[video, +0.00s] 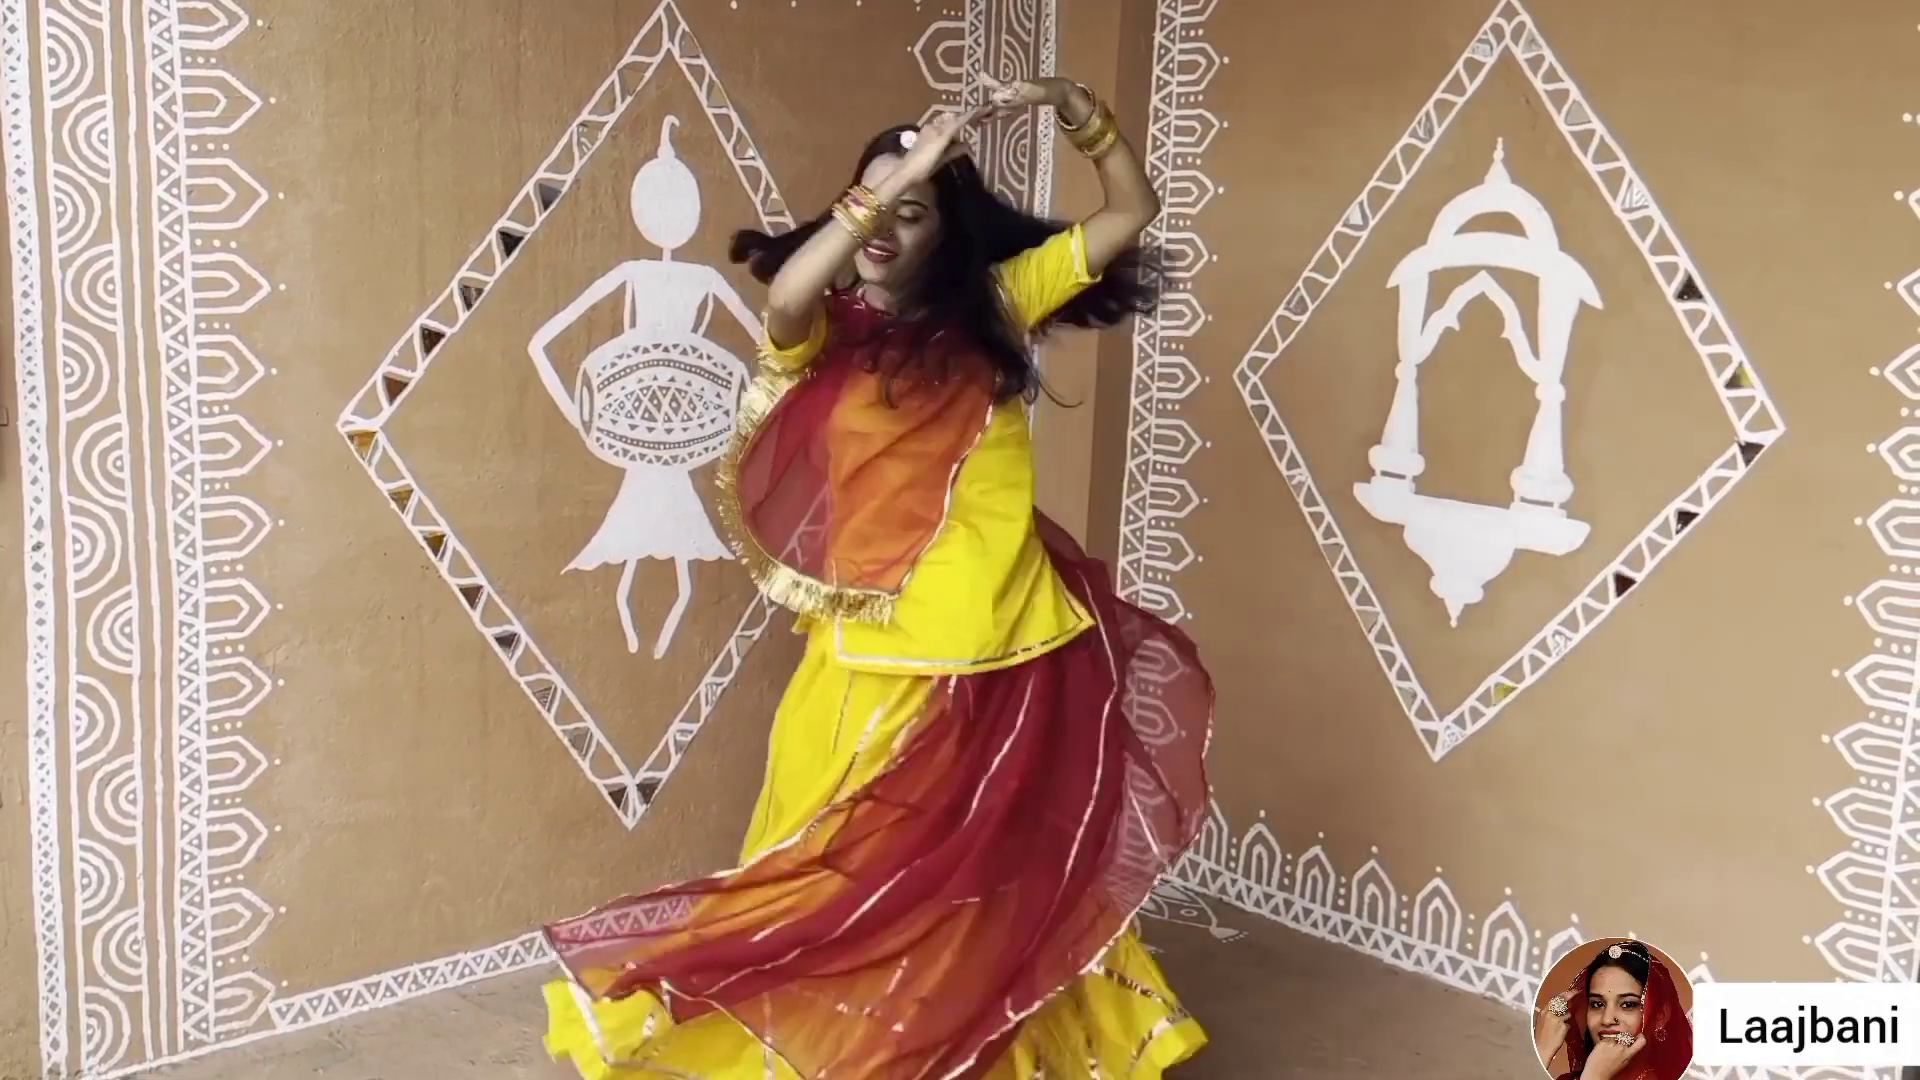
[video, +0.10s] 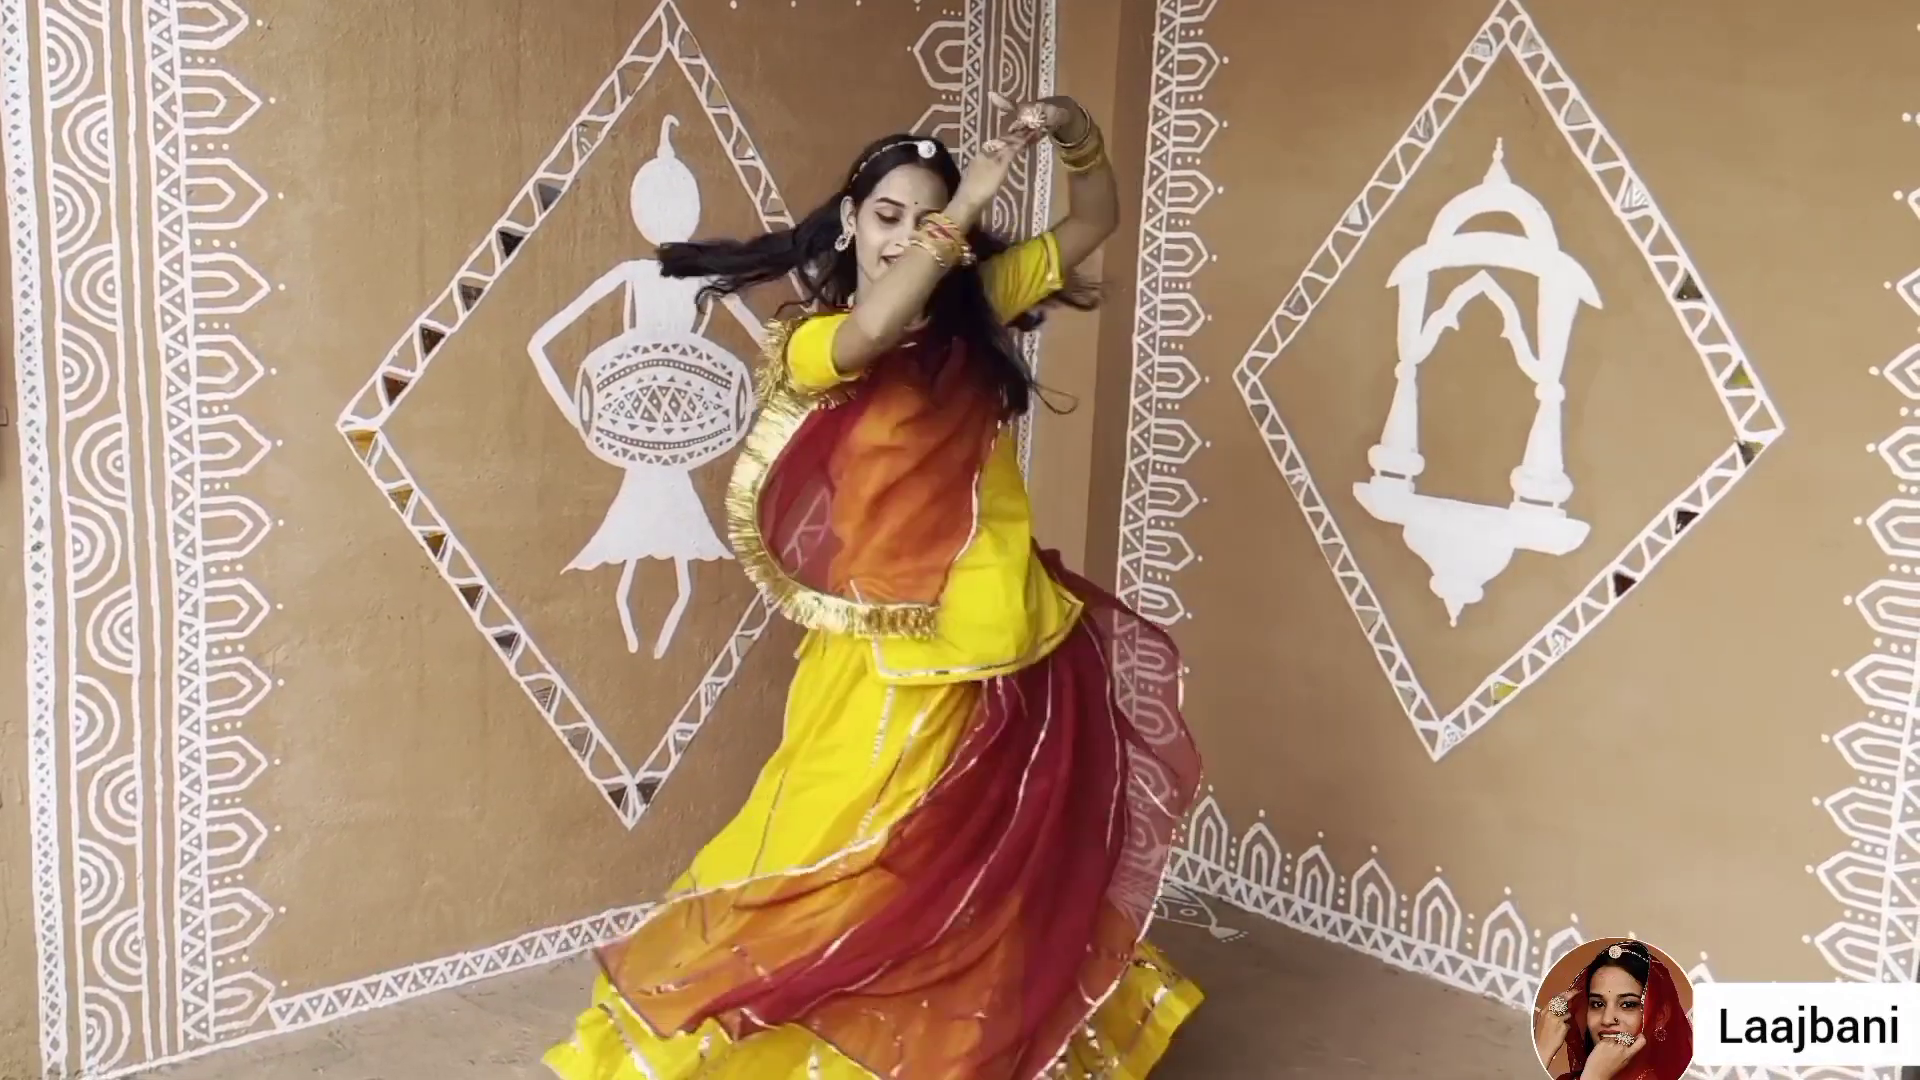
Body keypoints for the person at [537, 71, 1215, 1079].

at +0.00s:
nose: (879, 235)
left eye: (907, 216)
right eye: (868, 214)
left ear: (949, 231)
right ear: (848, 228)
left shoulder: (989, 308)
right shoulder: (819, 335)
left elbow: (1127, 217)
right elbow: (786, 303)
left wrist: (1081, 114)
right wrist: (882, 185)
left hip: (1007, 644)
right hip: (869, 648)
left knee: (993, 879)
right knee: (833, 872)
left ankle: (994, 1056)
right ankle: (827, 1056)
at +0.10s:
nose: (908, 235)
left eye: (928, 221)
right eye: (887, 212)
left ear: (953, 235)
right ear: (848, 223)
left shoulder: (973, 297)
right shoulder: (806, 344)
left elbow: (1090, 223)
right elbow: (877, 326)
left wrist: (1077, 137)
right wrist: (967, 203)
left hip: (1014, 631)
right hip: (887, 644)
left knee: (1015, 870)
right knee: (855, 869)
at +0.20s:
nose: (959, 247)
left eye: (965, 227)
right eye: (935, 224)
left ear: (974, 236)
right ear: (872, 235)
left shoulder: (932, 345)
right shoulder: (858, 358)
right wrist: (1042, 212)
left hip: (978, 641)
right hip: (896, 657)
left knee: (1032, 871)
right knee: (912, 887)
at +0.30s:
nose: (979, 234)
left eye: (977, 216)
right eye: (962, 216)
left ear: (910, 232)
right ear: (903, 229)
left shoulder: (864, 342)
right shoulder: (909, 355)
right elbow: (1099, 332)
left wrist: (1005, 393)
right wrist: (1060, 224)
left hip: (945, 620)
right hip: (891, 633)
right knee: (913, 855)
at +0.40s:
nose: (1003, 224)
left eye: (997, 206)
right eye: (989, 207)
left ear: (901, 223)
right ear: (940, 222)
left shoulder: (854, 328)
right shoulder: (971, 350)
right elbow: (1137, 321)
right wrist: (1051, 221)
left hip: (827, 634)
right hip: (916, 647)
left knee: (852, 855)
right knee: (943, 858)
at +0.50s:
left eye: (885, 184)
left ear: (882, 206)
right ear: (989, 208)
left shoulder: (869, 307)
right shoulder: (1029, 327)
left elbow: (752, 208)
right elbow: (1117, 301)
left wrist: (809, 121)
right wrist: (1039, 240)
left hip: (846, 630)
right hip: (958, 638)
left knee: (809, 837)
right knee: (949, 846)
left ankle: (831, 1042)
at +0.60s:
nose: (896, 198)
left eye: (897, 183)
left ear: (887, 201)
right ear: (995, 211)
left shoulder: (861, 306)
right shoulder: (1025, 324)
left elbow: (723, 194)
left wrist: (782, 110)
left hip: (885, 609)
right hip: (980, 605)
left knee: (876, 821)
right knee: (959, 819)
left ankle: (862, 1027)